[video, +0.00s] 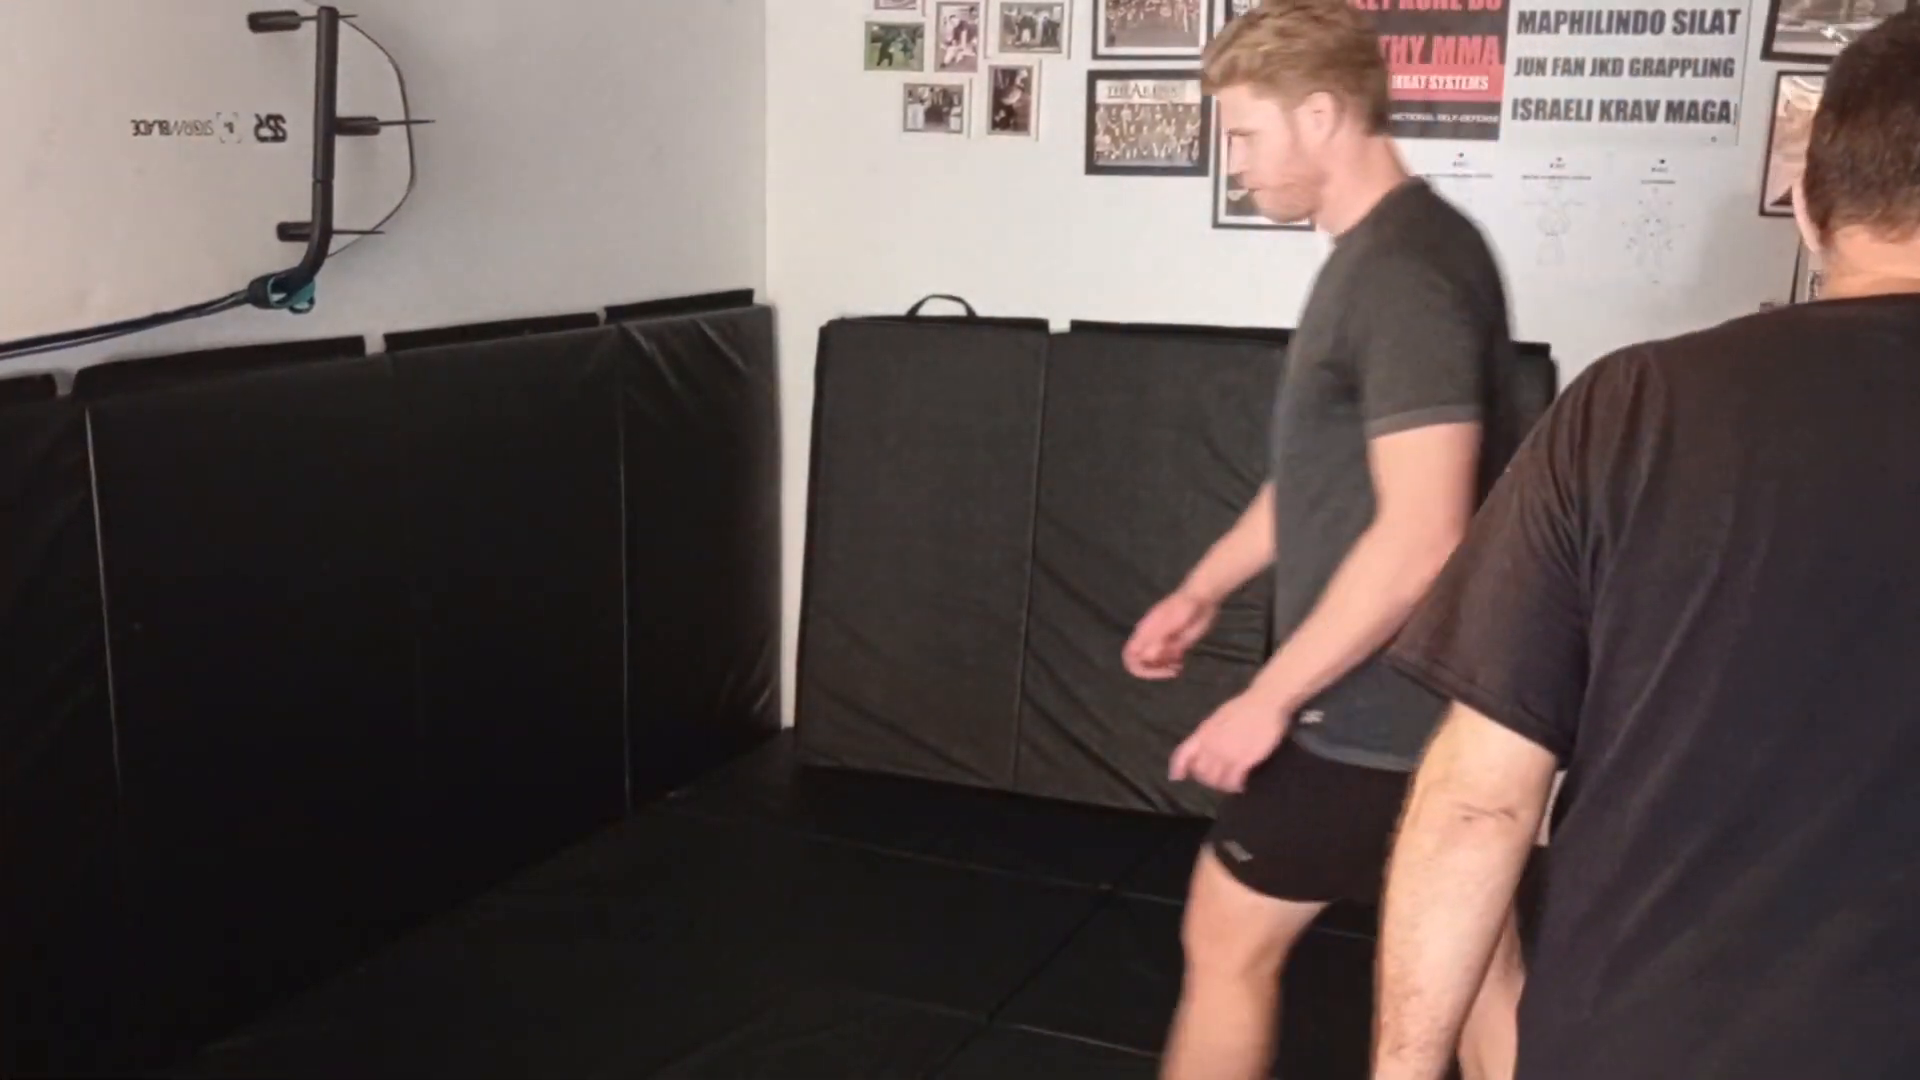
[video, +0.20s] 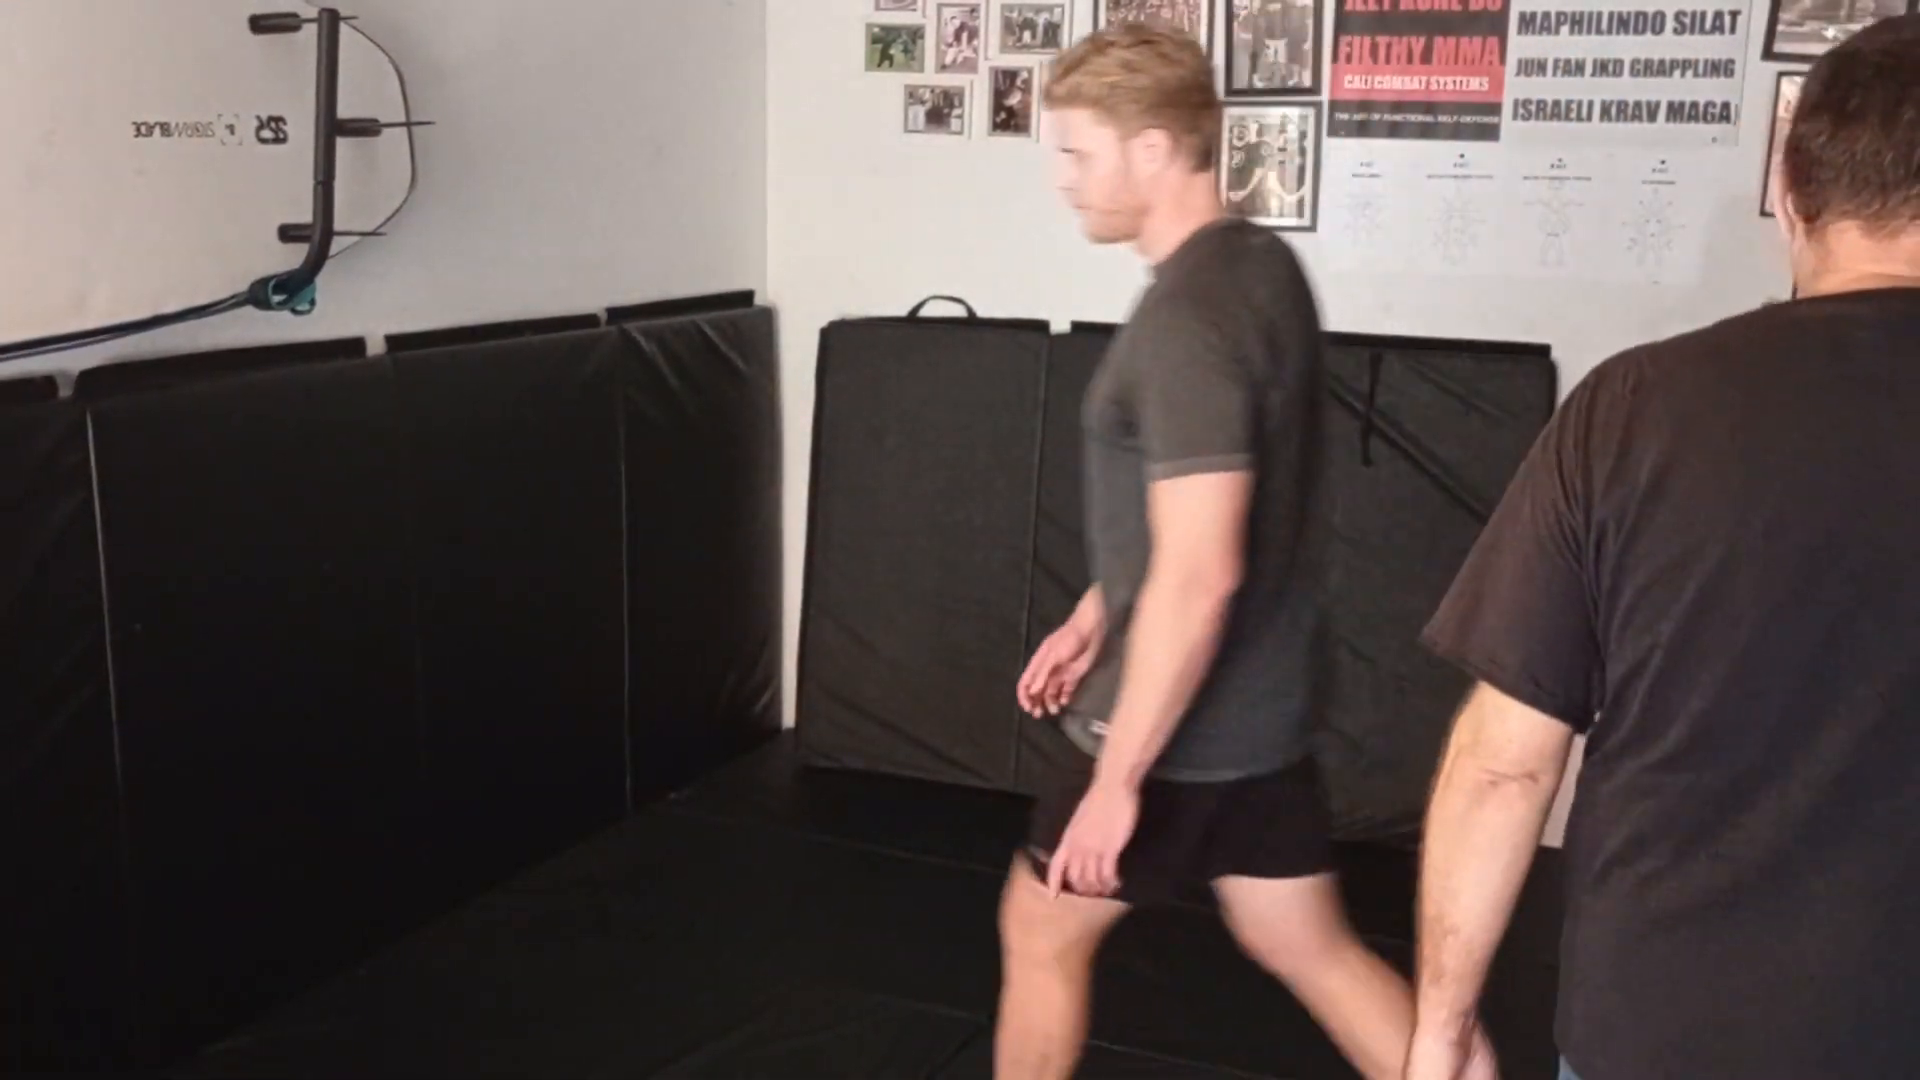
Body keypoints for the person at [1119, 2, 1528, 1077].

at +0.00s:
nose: (1233, 166)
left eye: (1243, 135)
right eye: (1228, 140)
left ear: (1327, 116)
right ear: (1327, 120)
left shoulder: (1407, 266)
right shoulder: (1371, 257)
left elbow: (1423, 531)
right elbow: (1316, 473)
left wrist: (1268, 698)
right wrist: (1204, 591)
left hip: (1369, 728)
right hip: (1416, 719)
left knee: (1227, 945)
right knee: (1480, 978)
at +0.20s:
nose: (1062, 184)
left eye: (1074, 156)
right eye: (1060, 158)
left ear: (1154, 149)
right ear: (1167, 149)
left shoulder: (1190, 316)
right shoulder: (1255, 269)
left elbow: (1199, 576)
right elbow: (1208, 492)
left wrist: (1115, 782)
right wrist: (1097, 614)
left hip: (1172, 741)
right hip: (1256, 723)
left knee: (1042, 931)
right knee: (1307, 944)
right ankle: (1459, 1076)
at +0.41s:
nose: (914, 143)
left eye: (931, 119)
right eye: (911, 119)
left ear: (1016, 117)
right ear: (1015, 119)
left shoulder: (1043, 279)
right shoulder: (1100, 235)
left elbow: (1036, 536)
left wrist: (945, 735)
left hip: (1007, 687)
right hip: (1056, 665)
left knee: (945, 914)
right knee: (1007, 877)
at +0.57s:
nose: (835, 117)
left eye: (854, 95)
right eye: (834, 92)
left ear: (935, 100)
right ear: (928, 101)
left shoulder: (992, 256)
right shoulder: (926, 227)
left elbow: (966, 503)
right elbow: (902, 464)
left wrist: (799, 648)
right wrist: (830, 631)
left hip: (935, 668)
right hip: (852, 640)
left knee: (931, 918)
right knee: (766, 830)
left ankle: (983, 1074)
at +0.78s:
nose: (743, 136)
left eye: (772, 117)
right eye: (734, 109)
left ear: (841, 120)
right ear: (723, 100)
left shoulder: (899, 275)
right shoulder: (737, 232)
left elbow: (891, 510)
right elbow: (704, 429)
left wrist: (704, 629)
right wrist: (677, 584)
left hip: (835, 672)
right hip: (698, 641)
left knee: (880, 926)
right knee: (610, 870)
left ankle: (978, 1076)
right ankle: (550, 1071)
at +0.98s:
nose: (702, 157)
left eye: (726, 133)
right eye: (681, 126)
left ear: (748, 125)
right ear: (632, 106)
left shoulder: (787, 281)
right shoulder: (549, 233)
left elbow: (799, 496)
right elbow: (466, 403)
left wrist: (723, 663)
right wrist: (391, 577)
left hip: (728, 660)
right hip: (559, 646)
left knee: (790, 898)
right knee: (508, 881)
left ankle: (930, 1069)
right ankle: (519, 1076)